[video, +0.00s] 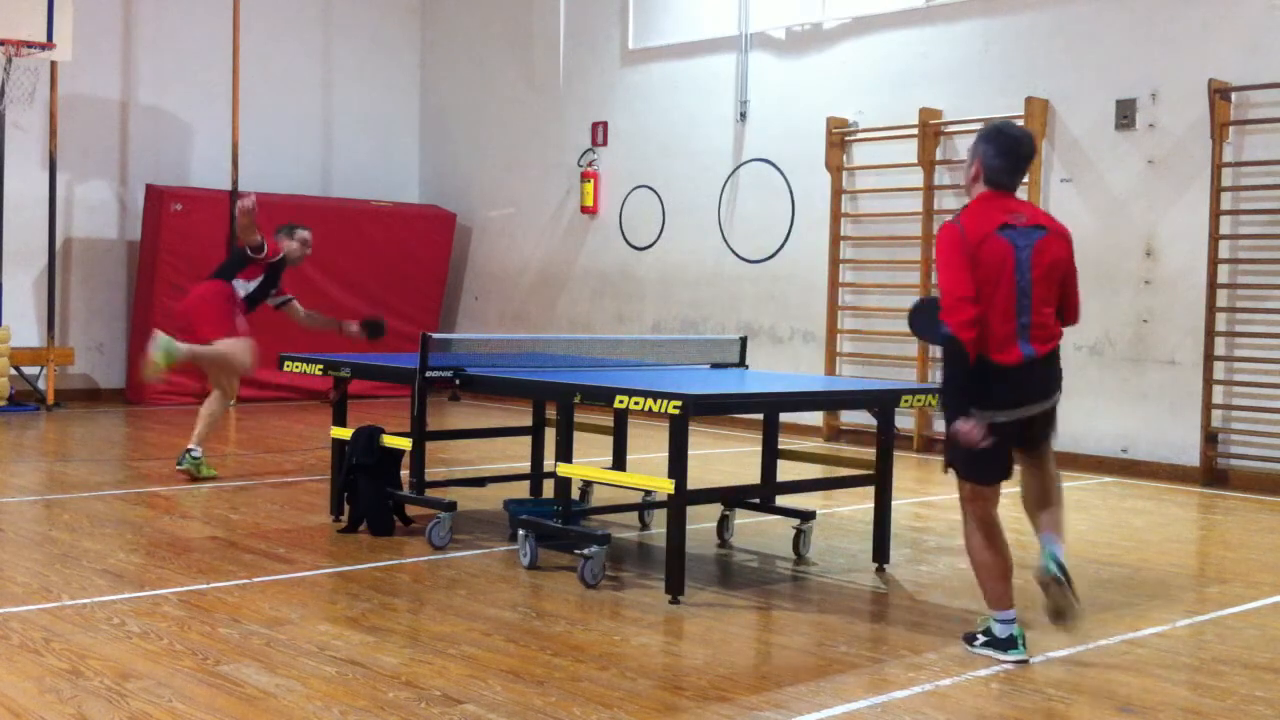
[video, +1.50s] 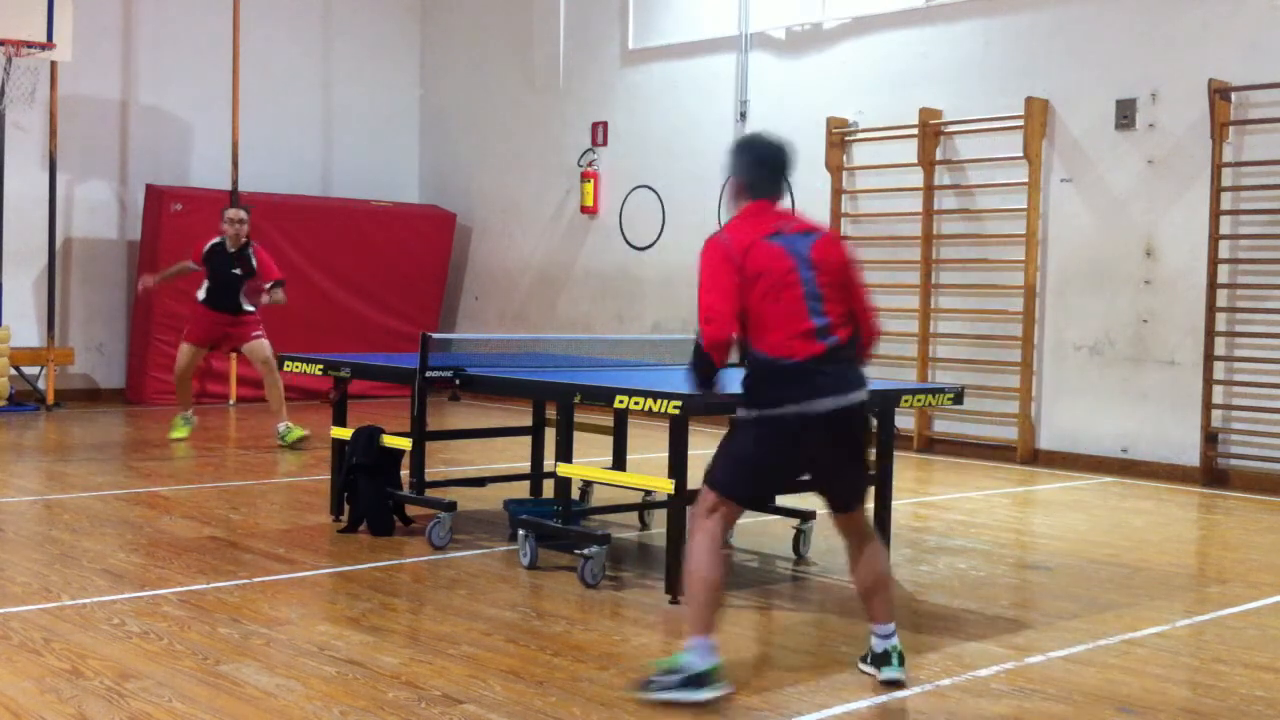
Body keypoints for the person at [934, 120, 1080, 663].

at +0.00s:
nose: (965, 164)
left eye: (970, 157)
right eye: (970, 155)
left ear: (977, 167)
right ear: (1024, 172)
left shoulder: (958, 232)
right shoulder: (1051, 229)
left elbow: (961, 323)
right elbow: (1067, 313)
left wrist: (960, 408)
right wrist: (1012, 308)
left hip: (983, 388)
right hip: (1042, 382)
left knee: (979, 510)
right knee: (1036, 452)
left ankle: (1004, 628)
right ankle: (1052, 551)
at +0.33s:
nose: (961, 204)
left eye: (964, 195)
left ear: (970, 200)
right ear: (1017, 210)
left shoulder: (927, 250)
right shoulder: (1030, 263)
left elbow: (884, 322)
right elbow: (1048, 355)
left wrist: (936, 316)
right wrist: (1079, 428)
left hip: (913, 416)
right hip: (989, 419)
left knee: (874, 493)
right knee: (1045, 506)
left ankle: (873, 601)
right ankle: (1069, 630)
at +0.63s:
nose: (856, 175)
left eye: (844, 162)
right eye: (858, 167)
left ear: (817, 167)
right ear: (858, 171)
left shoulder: (778, 237)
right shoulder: (869, 231)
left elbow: (807, 315)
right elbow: (936, 295)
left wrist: (893, 317)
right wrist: (917, 314)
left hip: (826, 408)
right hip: (895, 397)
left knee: (826, 512)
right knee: (958, 496)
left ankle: (801, 642)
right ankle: (1005, 624)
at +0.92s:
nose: (632, 213)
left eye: (632, 202)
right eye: (634, 201)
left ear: (644, 203)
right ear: (686, 192)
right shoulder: (712, 231)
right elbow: (696, 309)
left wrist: (707, 372)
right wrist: (669, 317)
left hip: (775, 397)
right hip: (829, 370)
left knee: (698, 510)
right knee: (922, 451)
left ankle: (656, 666)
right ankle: (1053, 490)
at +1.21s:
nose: (569, 291)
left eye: (570, 280)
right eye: (570, 280)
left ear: (585, 282)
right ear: (618, 270)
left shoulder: (628, 316)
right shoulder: (656, 304)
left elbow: (687, 377)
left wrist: (658, 444)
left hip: (748, 439)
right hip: (799, 421)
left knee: (644, 525)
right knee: (795, 530)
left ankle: (639, 683)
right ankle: (909, 608)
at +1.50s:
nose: (725, 188)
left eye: (727, 181)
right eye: (729, 181)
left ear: (735, 184)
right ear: (784, 185)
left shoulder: (727, 244)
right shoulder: (825, 239)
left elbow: (718, 331)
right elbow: (864, 326)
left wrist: (703, 371)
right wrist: (835, 369)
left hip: (778, 413)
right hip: (844, 409)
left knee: (710, 515)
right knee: (856, 524)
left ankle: (697, 657)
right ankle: (887, 649)